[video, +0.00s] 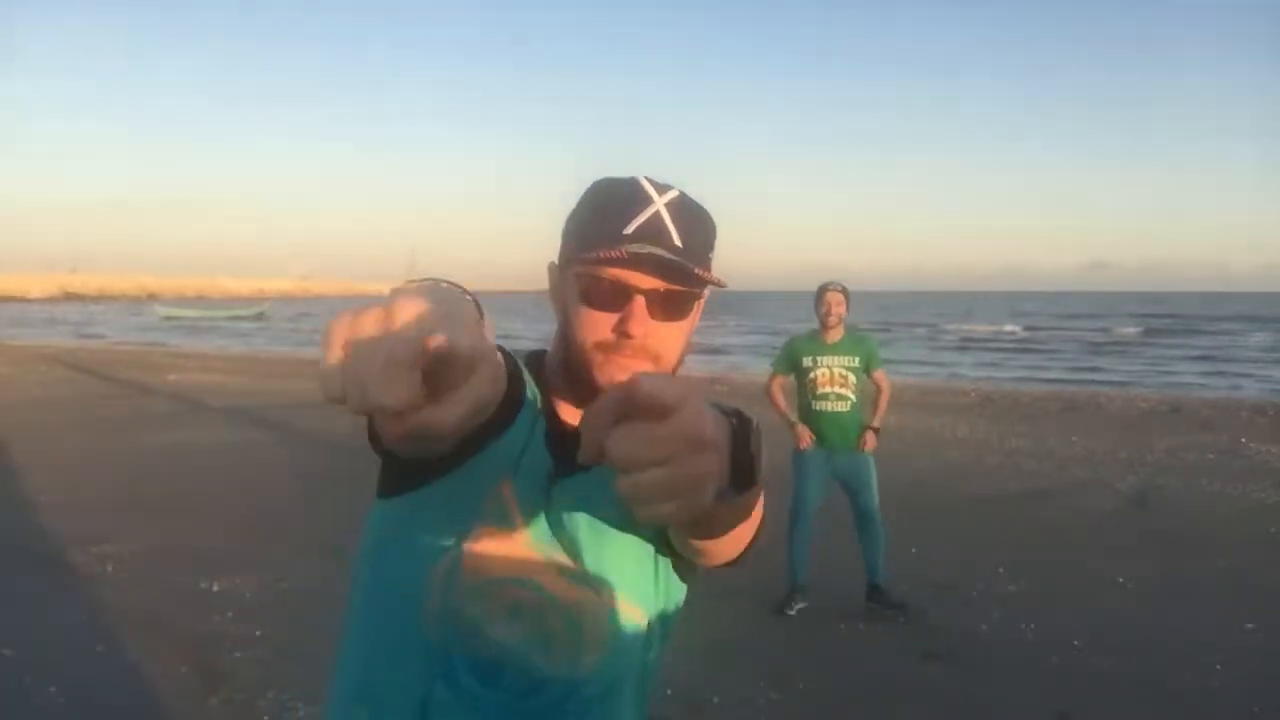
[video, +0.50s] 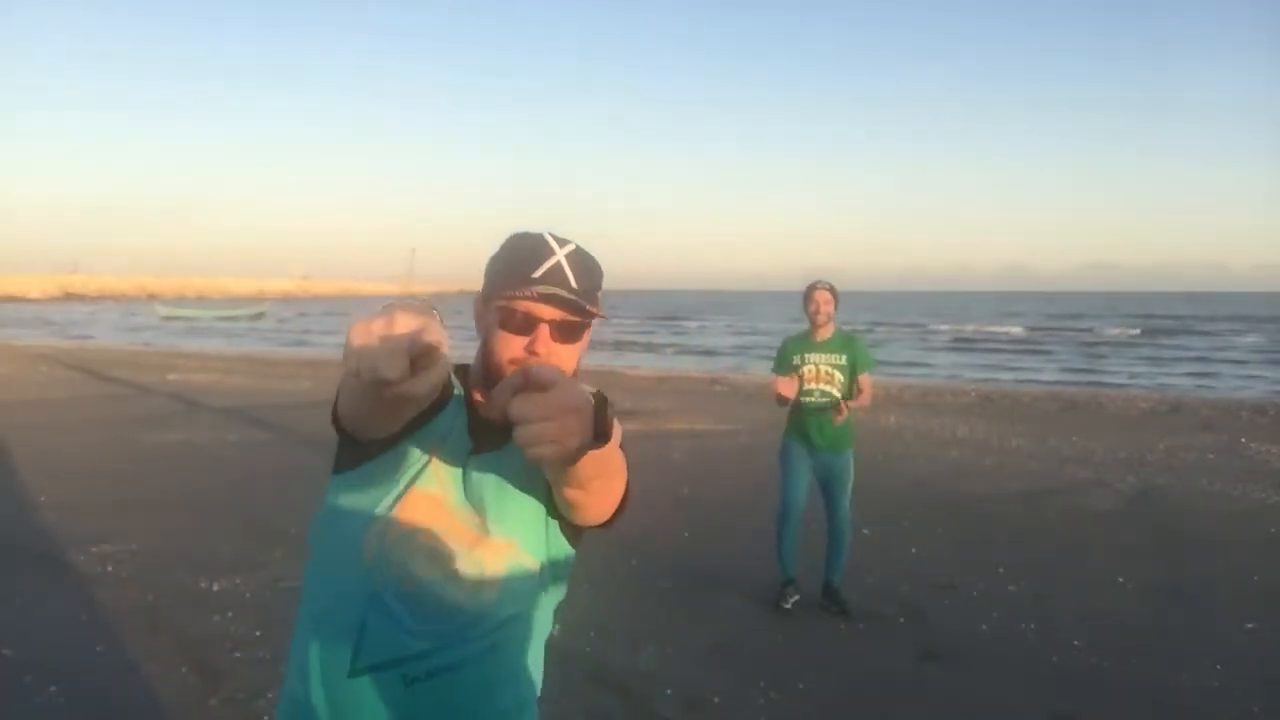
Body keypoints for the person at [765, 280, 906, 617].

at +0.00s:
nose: (831, 310)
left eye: (837, 304)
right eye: (826, 304)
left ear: (846, 310)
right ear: (817, 309)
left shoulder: (863, 346)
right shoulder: (798, 346)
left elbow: (884, 386)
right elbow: (774, 385)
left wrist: (874, 427)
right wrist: (794, 424)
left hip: (855, 449)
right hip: (813, 449)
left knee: (870, 514)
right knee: (802, 515)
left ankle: (876, 587)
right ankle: (797, 590)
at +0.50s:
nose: (819, 308)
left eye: (826, 303)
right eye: (813, 303)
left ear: (835, 308)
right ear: (805, 308)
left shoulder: (852, 346)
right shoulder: (792, 346)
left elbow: (866, 394)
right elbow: (782, 396)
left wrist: (850, 405)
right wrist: (784, 391)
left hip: (837, 441)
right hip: (799, 438)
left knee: (841, 517)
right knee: (791, 509)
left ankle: (832, 586)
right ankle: (788, 582)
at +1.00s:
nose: (801, 315)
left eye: (803, 309)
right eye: (794, 310)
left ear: (804, 312)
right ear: (778, 312)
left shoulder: (818, 346)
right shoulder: (755, 351)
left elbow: (836, 389)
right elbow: (744, 399)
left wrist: (838, 414)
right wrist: (760, 411)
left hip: (817, 444)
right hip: (778, 445)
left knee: (825, 512)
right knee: (768, 512)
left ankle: (830, 583)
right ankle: (760, 576)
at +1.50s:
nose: (786, 310)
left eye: (792, 305)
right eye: (781, 305)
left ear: (800, 310)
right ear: (773, 310)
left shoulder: (817, 348)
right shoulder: (758, 348)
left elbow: (835, 390)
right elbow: (739, 392)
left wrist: (826, 409)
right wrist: (755, 413)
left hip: (803, 437)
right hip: (767, 437)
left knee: (805, 506)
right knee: (761, 505)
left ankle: (798, 565)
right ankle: (759, 572)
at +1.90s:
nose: (777, 309)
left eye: (783, 304)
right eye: (773, 304)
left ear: (792, 309)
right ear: (766, 309)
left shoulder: (808, 345)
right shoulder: (750, 344)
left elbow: (822, 391)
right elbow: (742, 391)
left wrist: (802, 394)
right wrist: (772, 397)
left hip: (797, 435)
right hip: (761, 434)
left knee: (801, 502)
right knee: (749, 495)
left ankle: (798, 564)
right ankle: (734, 560)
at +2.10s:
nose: (760, 309)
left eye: (766, 304)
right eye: (755, 304)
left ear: (774, 309)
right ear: (748, 309)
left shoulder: (790, 343)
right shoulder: (732, 345)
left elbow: (809, 380)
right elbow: (719, 387)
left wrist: (809, 401)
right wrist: (737, 398)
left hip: (783, 433)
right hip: (747, 433)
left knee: (793, 501)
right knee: (738, 497)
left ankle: (798, 564)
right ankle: (733, 561)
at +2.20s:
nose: (755, 309)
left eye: (760, 303)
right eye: (750, 303)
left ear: (769, 308)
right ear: (742, 308)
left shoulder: (784, 342)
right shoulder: (727, 344)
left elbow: (804, 378)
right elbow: (712, 388)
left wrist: (805, 394)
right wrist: (731, 387)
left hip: (778, 431)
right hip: (742, 432)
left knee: (790, 496)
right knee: (734, 495)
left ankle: (797, 562)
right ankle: (733, 559)